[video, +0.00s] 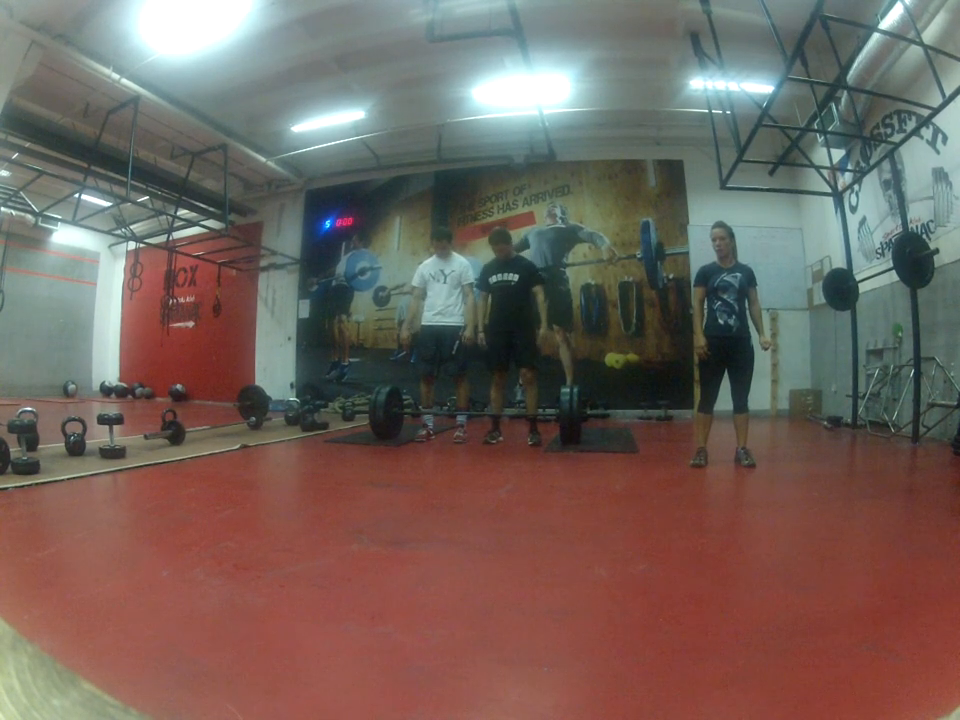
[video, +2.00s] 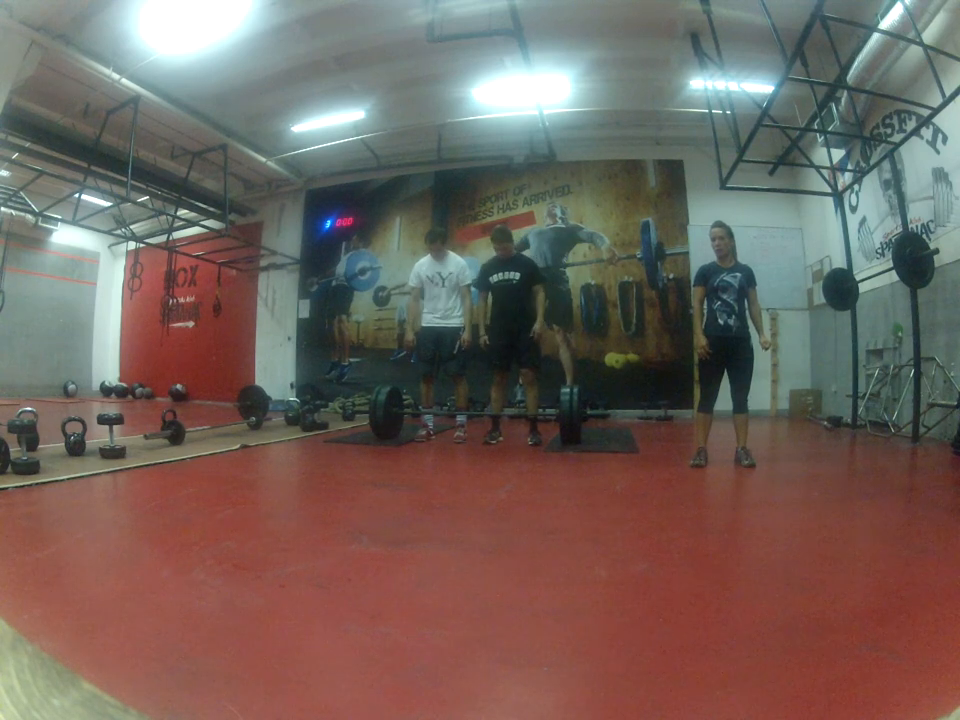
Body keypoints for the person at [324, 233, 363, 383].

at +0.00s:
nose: (353, 243)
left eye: (355, 241)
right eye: (353, 241)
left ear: (360, 242)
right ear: (354, 242)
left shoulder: (361, 256)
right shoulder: (349, 256)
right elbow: (337, 272)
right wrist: (319, 279)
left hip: (345, 288)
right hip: (335, 288)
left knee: (342, 324)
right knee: (333, 325)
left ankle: (345, 363)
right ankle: (335, 361)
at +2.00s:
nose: (352, 243)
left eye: (355, 241)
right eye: (353, 240)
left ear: (361, 243)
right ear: (353, 242)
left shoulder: (359, 257)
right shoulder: (347, 256)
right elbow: (337, 273)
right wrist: (319, 279)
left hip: (345, 288)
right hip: (335, 288)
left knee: (342, 323)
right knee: (334, 325)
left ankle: (345, 362)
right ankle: (335, 360)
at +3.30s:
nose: (353, 243)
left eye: (355, 241)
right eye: (353, 240)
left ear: (360, 242)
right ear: (353, 242)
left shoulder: (360, 256)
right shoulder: (348, 256)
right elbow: (336, 272)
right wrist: (319, 279)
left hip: (346, 288)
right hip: (335, 288)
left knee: (342, 324)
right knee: (333, 325)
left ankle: (345, 362)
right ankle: (335, 361)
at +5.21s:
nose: (353, 243)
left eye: (356, 241)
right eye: (353, 240)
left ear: (361, 243)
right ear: (354, 242)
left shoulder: (360, 257)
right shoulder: (347, 256)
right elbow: (335, 272)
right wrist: (318, 279)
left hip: (346, 289)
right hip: (335, 288)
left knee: (342, 325)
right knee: (333, 326)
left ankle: (345, 363)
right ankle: (335, 361)